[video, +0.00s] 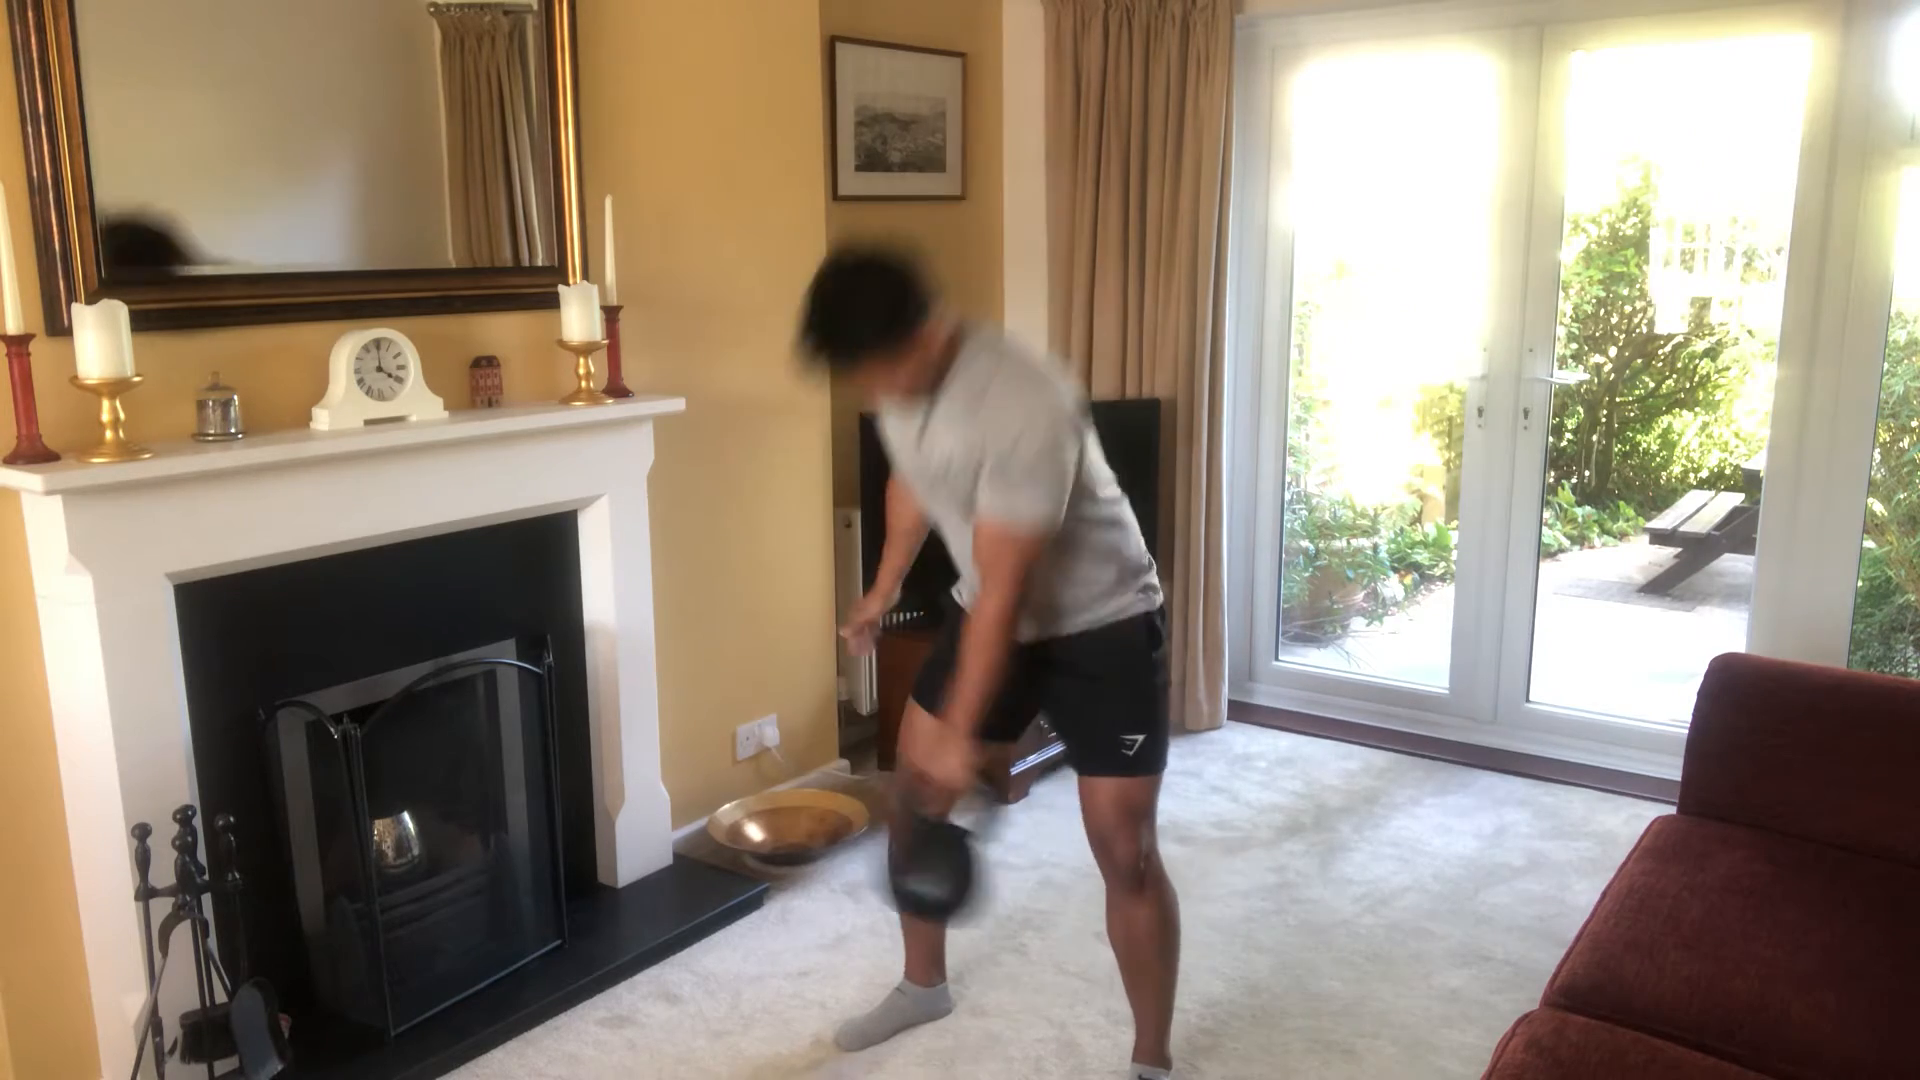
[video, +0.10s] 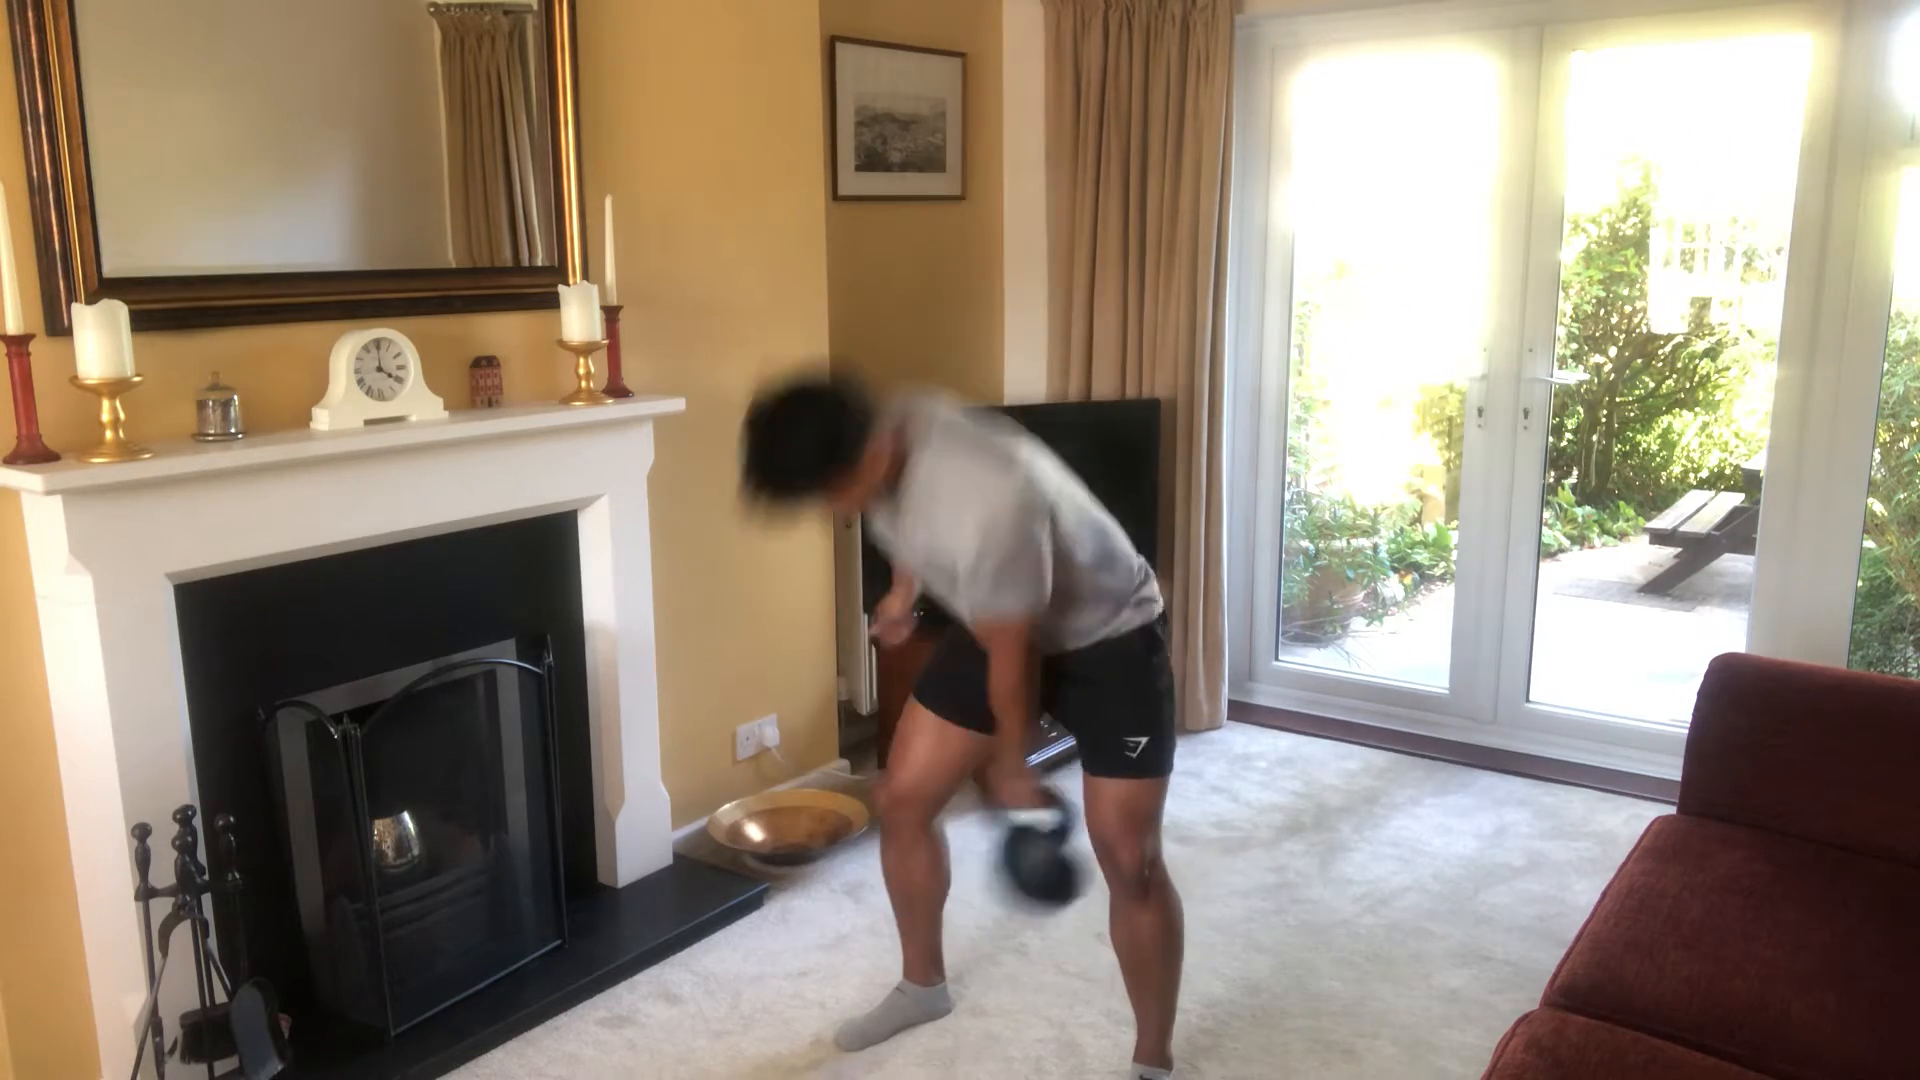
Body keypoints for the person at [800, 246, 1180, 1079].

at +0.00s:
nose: (867, 389)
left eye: (870, 371)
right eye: (855, 376)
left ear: (915, 333)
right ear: (863, 354)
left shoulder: (1025, 400)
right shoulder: (896, 383)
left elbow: (1001, 590)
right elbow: (913, 483)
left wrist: (958, 729)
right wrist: (883, 592)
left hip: (1101, 620)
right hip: (994, 611)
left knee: (1125, 852)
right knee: (917, 779)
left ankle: (1153, 1060)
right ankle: (924, 983)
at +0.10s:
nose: (831, 505)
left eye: (830, 489)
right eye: (820, 495)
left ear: (866, 457)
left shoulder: (986, 494)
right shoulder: (882, 437)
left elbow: (1012, 650)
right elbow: (921, 515)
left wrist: (1016, 785)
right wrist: (905, 588)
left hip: (1107, 632)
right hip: (994, 623)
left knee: (1130, 856)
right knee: (902, 799)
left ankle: (1154, 1062)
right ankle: (923, 985)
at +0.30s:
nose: (817, 701)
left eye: (812, 689)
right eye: (801, 698)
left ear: (838, 642)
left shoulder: (970, 658)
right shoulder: (846, 536)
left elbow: (1050, 730)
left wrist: (1006, 776)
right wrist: (994, 752)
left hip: (1111, 650)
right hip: (998, 656)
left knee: (1124, 874)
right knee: (890, 808)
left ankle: (1153, 1062)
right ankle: (922, 986)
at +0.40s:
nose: (823, 689)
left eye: (818, 678)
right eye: (809, 685)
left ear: (845, 631)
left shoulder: (970, 652)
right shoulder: (848, 528)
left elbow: (1056, 736)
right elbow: (905, 655)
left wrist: (1010, 772)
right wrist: (988, 759)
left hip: (1116, 643)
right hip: (1003, 650)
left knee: (1130, 872)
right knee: (893, 805)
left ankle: (1155, 1062)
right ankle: (923, 985)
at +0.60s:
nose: (845, 381)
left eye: (849, 359)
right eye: (835, 363)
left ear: (898, 327)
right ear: (866, 341)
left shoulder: (1014, 412)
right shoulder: (893, 383)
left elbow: (1023, 598)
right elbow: (892, 461)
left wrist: (1023, 723)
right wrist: (883, 536)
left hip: (1106, 616)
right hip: (999, 607)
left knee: (1131, 843)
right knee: (930, 790)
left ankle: (1157, 1055)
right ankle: (925, 982)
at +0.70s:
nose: (913, 272)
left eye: (928, 249)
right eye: (904, 253)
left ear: (985, 227)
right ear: (905, 243)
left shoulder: (1055, 334)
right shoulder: (932, 321)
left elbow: (1007, 516)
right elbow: (912, 430)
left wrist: (964, 669)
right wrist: (856, 526)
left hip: (1092, 601)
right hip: (987, 591)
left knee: (1114, 830)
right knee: (951, 782)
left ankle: (1153, 1056)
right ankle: (928, 982)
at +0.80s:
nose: (964, 244)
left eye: (978, 221)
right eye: (951, 226)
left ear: (1035, 207)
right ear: (944, 224)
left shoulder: (1096, 318)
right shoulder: (960, 320)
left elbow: (1013, 455)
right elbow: (919, 433)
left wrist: (914, 585)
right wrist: (847, 523)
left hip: (1083, 609)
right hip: (972, 598)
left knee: (1115, 833)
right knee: (956, 800)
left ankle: (1153, 1051)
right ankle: (928, 982)